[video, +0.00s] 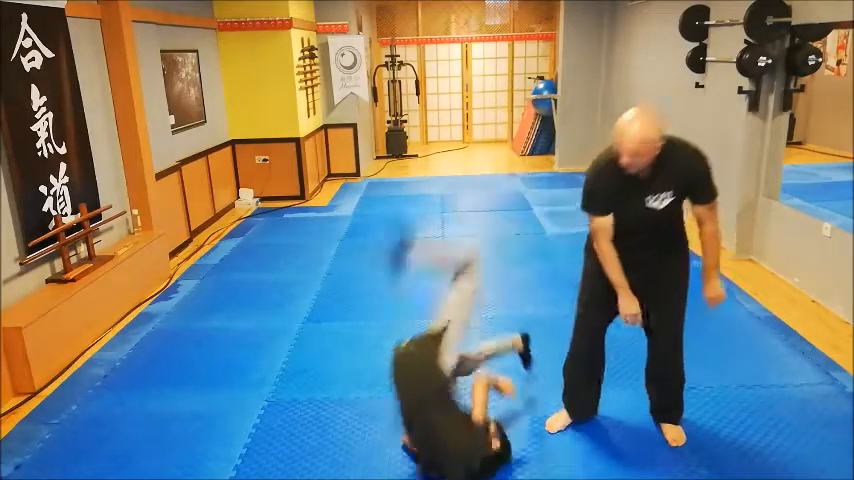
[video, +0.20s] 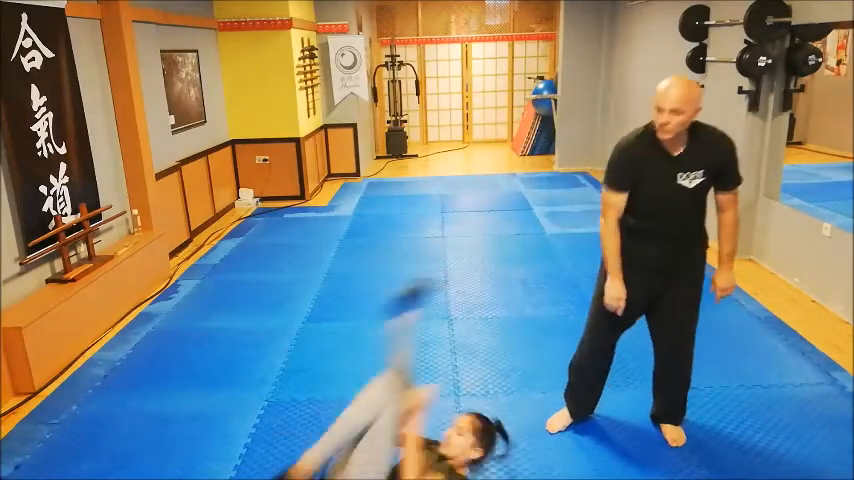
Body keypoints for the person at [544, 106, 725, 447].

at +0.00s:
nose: (625, 161)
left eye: (635, 155)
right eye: (622, 152)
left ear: (656, 146)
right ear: (617, 144)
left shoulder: (687, 162)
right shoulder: (603, 173)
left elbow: (707, 220)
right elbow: (602, 240)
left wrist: (711, 277)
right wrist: (623, 292)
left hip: (665, 254)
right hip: (611, 251)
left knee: (667, 337)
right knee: (587, 328)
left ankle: (667, 414)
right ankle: (578, 406)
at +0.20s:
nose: (664, 119)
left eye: (674, 113)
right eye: (659, 110)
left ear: (694, 113)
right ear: (653, 106)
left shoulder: (718, 150)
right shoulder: (630, 152)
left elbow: (727, 208)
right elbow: (609, 217)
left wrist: (726, 265)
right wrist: (614, 277)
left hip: (682, 266)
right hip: (629, 262)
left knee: (677, 349)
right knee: (595, 341)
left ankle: (669, 417)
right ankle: (576, 406)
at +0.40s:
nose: (684, 101)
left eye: (696, 95)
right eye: (680, 93)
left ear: (715, 100)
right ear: (673, 95)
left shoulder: (735, 146)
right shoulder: (648, 140)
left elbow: (741, 210)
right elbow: (621, 201)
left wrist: (736, 269)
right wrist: (613, 258)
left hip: (696, 268)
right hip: (639, 260)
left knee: (685, 349)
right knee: (609, 337)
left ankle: (670, 415)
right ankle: (592, 401)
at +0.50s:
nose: (690, 97)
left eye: (701, 91)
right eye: (686, 89)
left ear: (720, 97)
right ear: (679, 91)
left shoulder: (741, 145)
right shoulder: (652, 138)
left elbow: (746, 209)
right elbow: (626, 199)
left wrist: (742, 268)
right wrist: (618, 254)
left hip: (700, 267)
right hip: (644, 259)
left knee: (688, 348)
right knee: (615, 332)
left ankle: (671, 416)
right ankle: (614, 388)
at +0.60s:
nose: (693, 94)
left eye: (704, 88)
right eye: (689, 85)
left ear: (723, 95)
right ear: (682, 89)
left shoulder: (745, 143)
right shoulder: (657, 136)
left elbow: (750, 208)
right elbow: (631, 196)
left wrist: (745, 267)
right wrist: (624, 250)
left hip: (704, 263)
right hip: (650, 255)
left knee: (690, 344)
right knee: (622, 315)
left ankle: (671, 414)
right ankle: (645, 367)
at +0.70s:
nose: (696, 91)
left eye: (706, 86)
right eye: (692, 84)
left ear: (725, 93)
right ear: (685, 89)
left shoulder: (748, 141)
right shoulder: (661, 134)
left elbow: (754, 206)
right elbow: (637, 192)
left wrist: (747, 261)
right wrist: (625, 246)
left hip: (706, 261)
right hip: (653, 253)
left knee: (689, 343)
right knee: (633, 319)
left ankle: (671, 415)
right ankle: (672, 367)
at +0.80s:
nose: (696, 90)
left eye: (707, 85)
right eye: (693, 84)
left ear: (726, 92)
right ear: (687, 89)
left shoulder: (749, 140)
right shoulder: (665, 133)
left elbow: (756, 205)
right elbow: (642, 190)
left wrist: (747, 258)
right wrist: (627, 240)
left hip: (706, 260)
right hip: (654, 251)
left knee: (690, 341)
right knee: (646, 326)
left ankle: (672, 415)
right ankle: (677, 380)